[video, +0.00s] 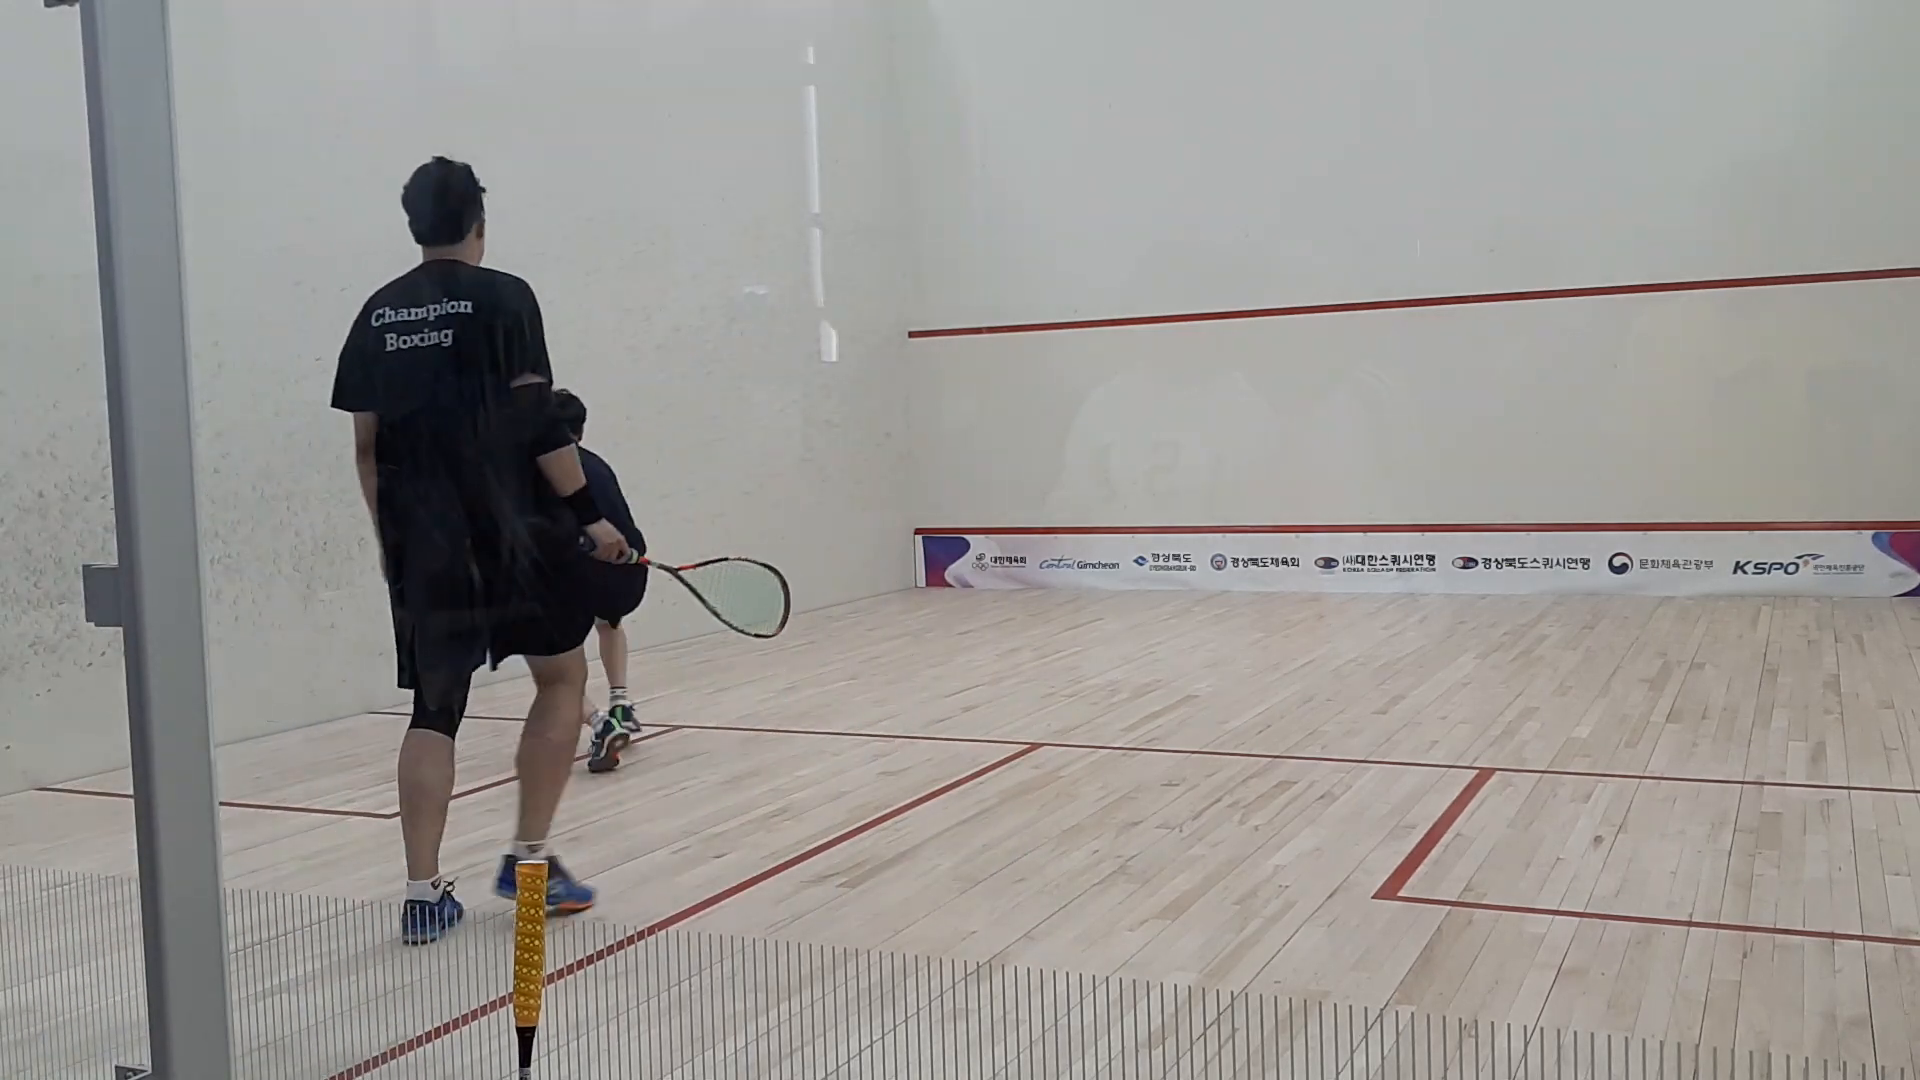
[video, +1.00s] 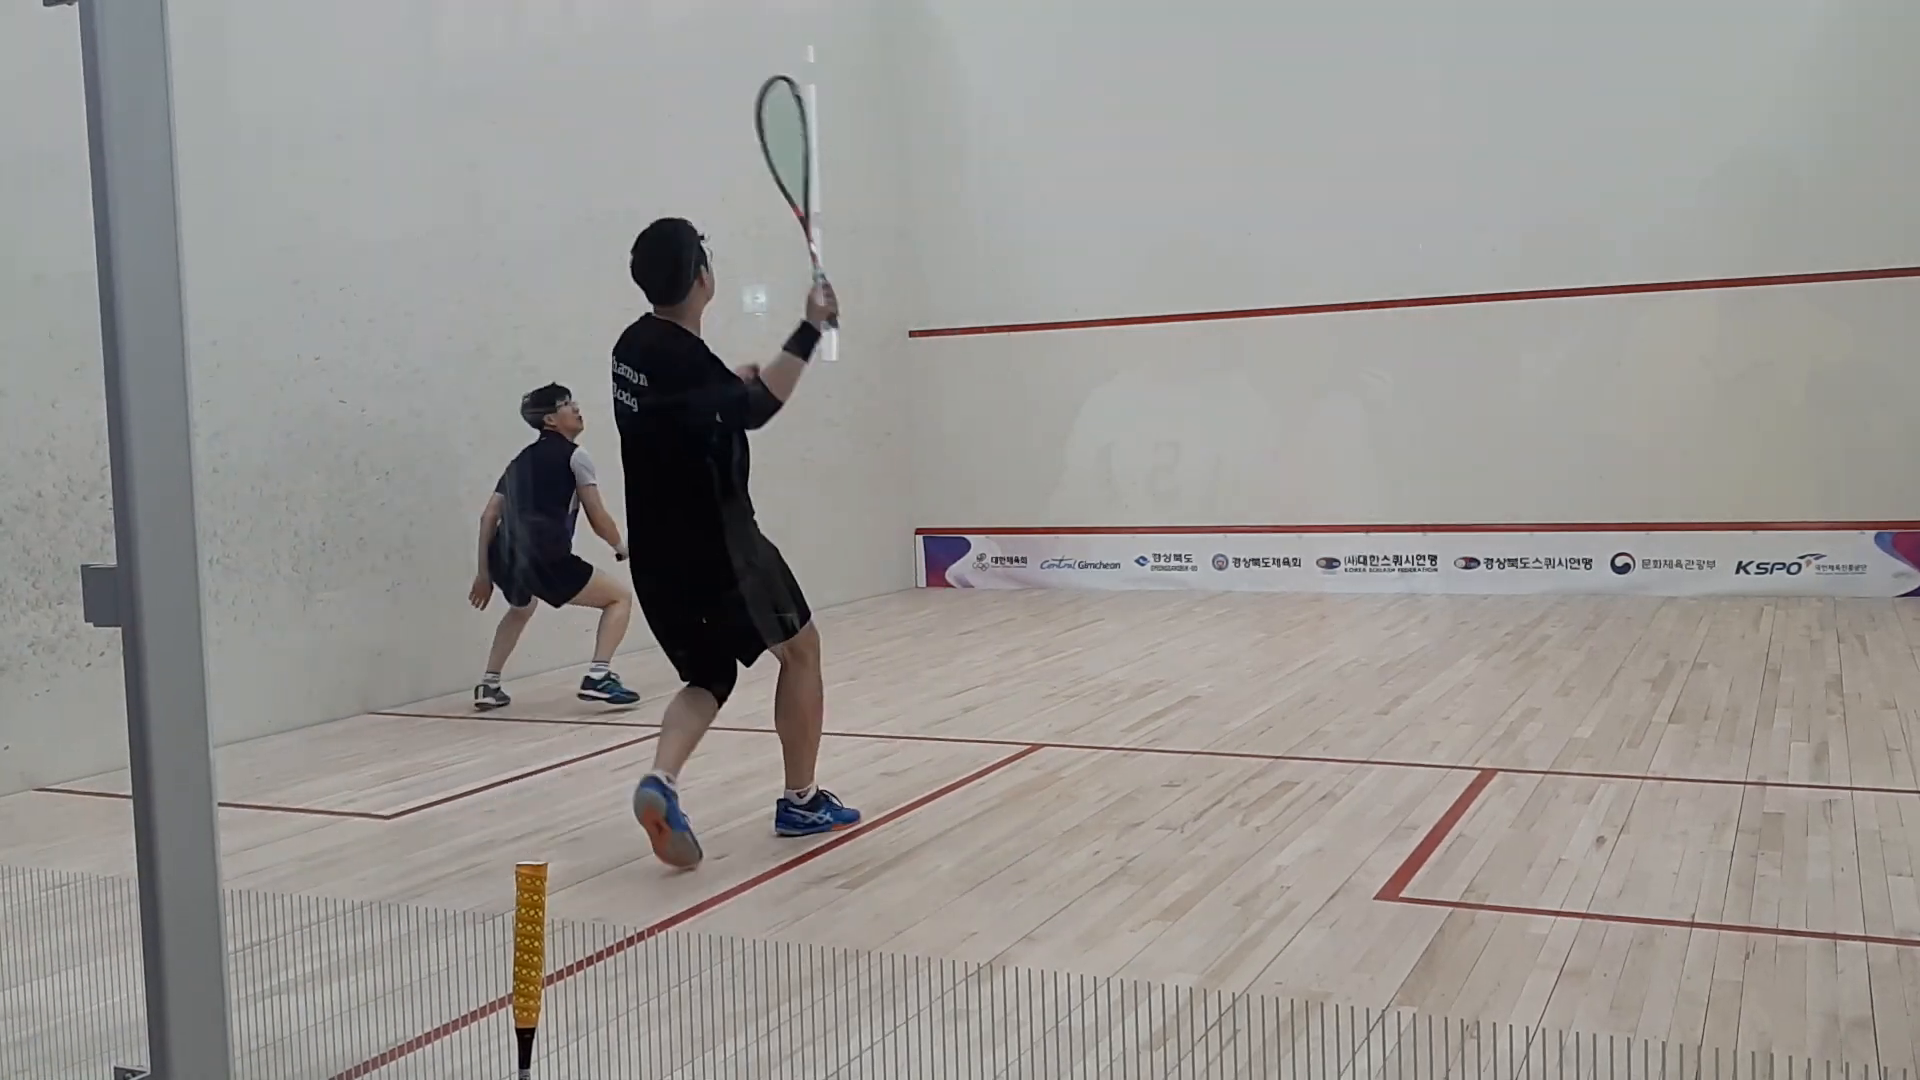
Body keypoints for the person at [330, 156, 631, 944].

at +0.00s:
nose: (486, 226)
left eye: (476, 214)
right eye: (484, 215)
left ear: (413, 227)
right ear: (477, 221)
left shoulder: (376, 314)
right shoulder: (506, 297)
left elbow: (367, 450)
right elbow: (538, 424)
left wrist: (390, 541)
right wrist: (593, 514)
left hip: (425, 549)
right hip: (518, 539)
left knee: (433, 707)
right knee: (561, 682)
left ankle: (423, 893)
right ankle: (531, 853)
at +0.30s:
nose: (579, 267)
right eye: (578, 259)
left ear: (514, 266)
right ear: (575, 263)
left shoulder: (478, 341)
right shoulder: (606, 336)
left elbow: (451, 449)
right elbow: (660, 437)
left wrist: (450, 511)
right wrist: (711, 511)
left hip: (514, 542)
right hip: (595, 537)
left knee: (516, 666)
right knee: (631, 662)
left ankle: (473, 803)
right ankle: (614, 821)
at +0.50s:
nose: (627, 318)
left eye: (621, 310)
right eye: (626, 310)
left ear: (566, 319)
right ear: (620, 316)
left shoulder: (518, 383)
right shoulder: (639, 388)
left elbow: (474, 480)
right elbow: (681, 489)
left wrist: (458, 562)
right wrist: (744, 537)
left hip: (538, 571)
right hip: (618, 567)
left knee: (556, 669)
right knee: (732, 637)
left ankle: (512, 789)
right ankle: (727, 786)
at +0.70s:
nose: (704, 360)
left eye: (700, 351)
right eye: (702, 352)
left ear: (643, 361)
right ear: (696, 362)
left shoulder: (602, 419)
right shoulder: (701, 436)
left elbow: (559, 511)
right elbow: (725, 540)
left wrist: (556, 578)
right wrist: (799, 565)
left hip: (602, 595)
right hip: (673, 597)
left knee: (612, 680)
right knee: (791, 651)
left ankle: (518, 788)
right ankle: (798, 798)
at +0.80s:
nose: (724, 328)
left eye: (719, 318)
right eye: (720, 319)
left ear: (663, 333)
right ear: (713, 331)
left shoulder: (627, 394)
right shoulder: (719, 408)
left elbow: (592, 489)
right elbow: (758, 500)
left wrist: (623, 550)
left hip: (635, 581)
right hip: (708, 579)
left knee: (640, 672)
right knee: (807, 646)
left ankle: (542, 783)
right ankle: (800, 796)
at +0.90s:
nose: (725, 295)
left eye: (721, 285)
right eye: (721, 286)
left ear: (658, 299)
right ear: (714, 298)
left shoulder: (631, 363)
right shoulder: (711, 380)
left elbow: (645, 455)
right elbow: (763, 449)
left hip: (644, 552)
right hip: (713, 552)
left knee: (691, 659)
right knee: (808, 643)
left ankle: (604, 769)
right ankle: (800, 798)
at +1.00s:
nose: (711, 273)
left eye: (705, 262)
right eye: (707, 264)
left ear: (647, 282)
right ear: (701, 277)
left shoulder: (631, 347)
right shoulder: (689, 359)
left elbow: (677, 414)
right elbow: (756, 408)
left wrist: (733, 384)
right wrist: (812, 329)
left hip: (656, 548)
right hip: (722, 542)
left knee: (711, 669)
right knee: (800, 648)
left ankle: (660, 780)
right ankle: (801, 799)